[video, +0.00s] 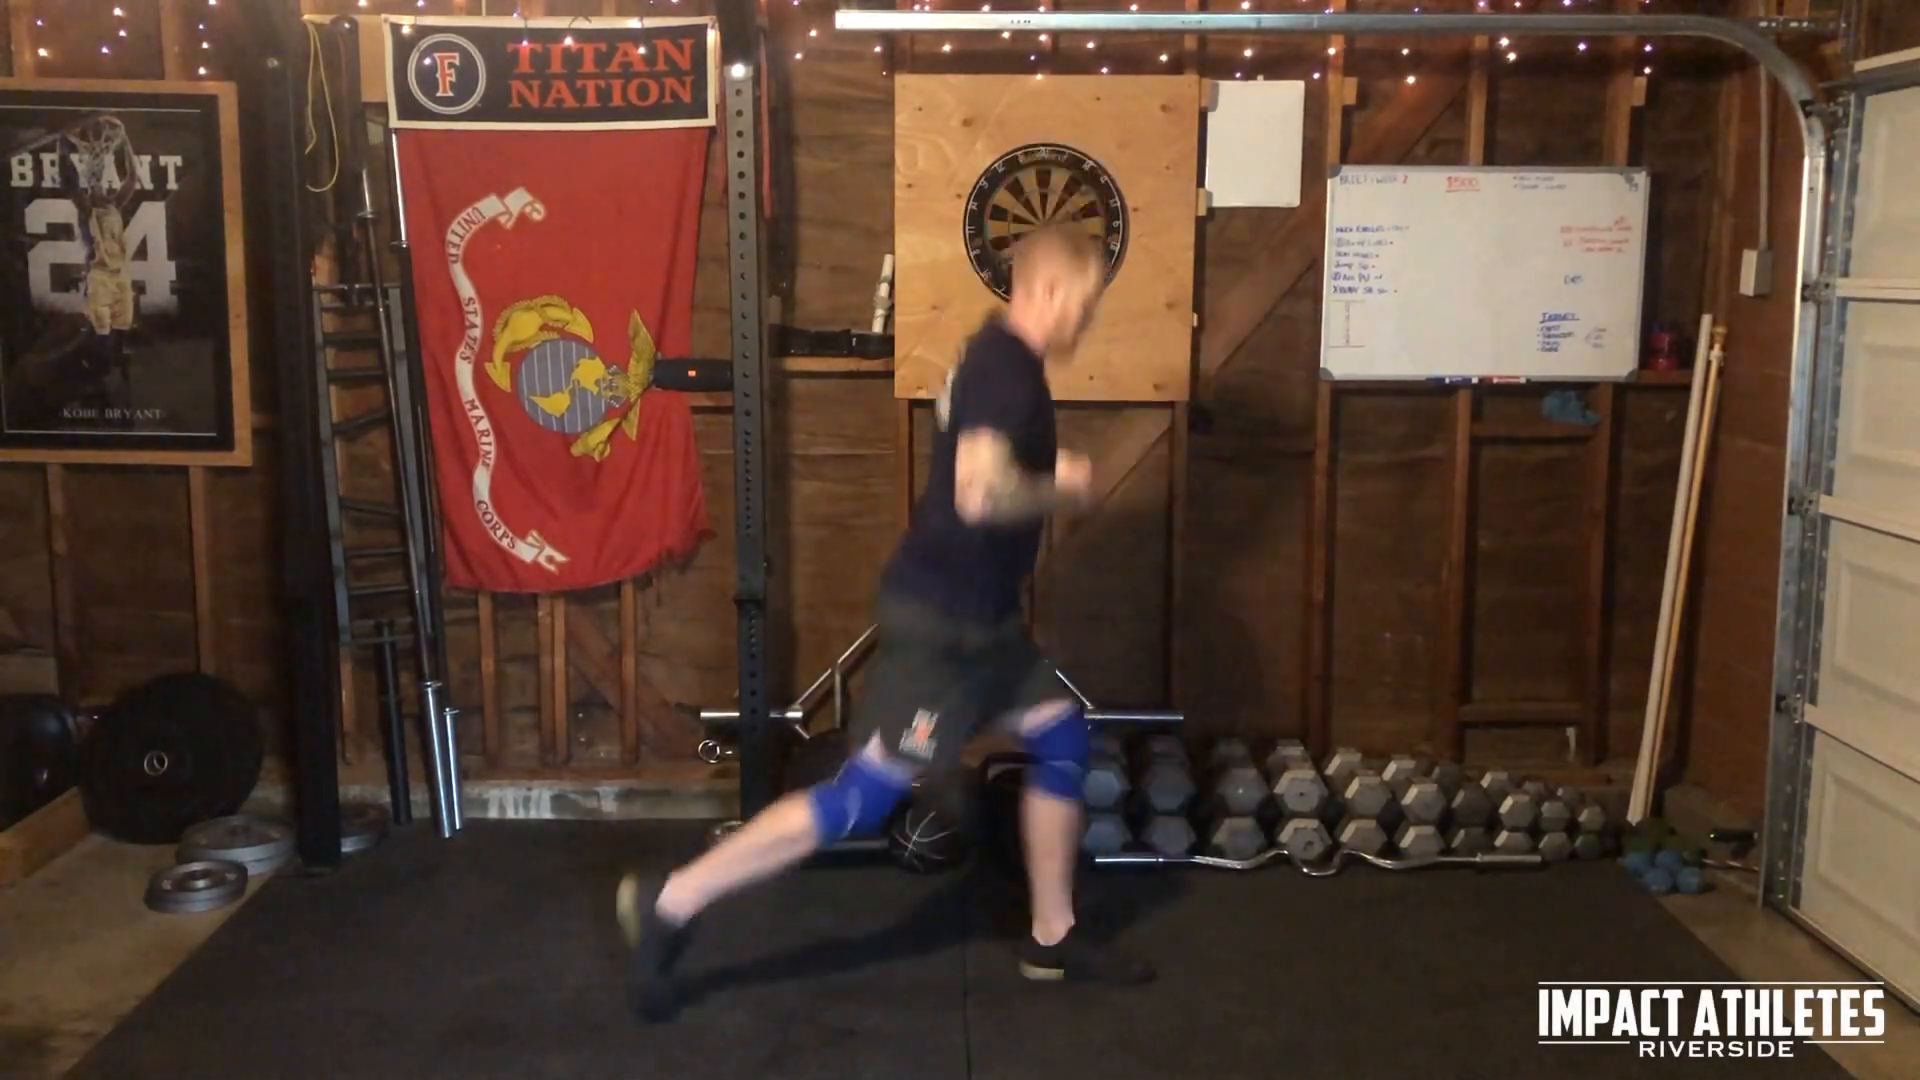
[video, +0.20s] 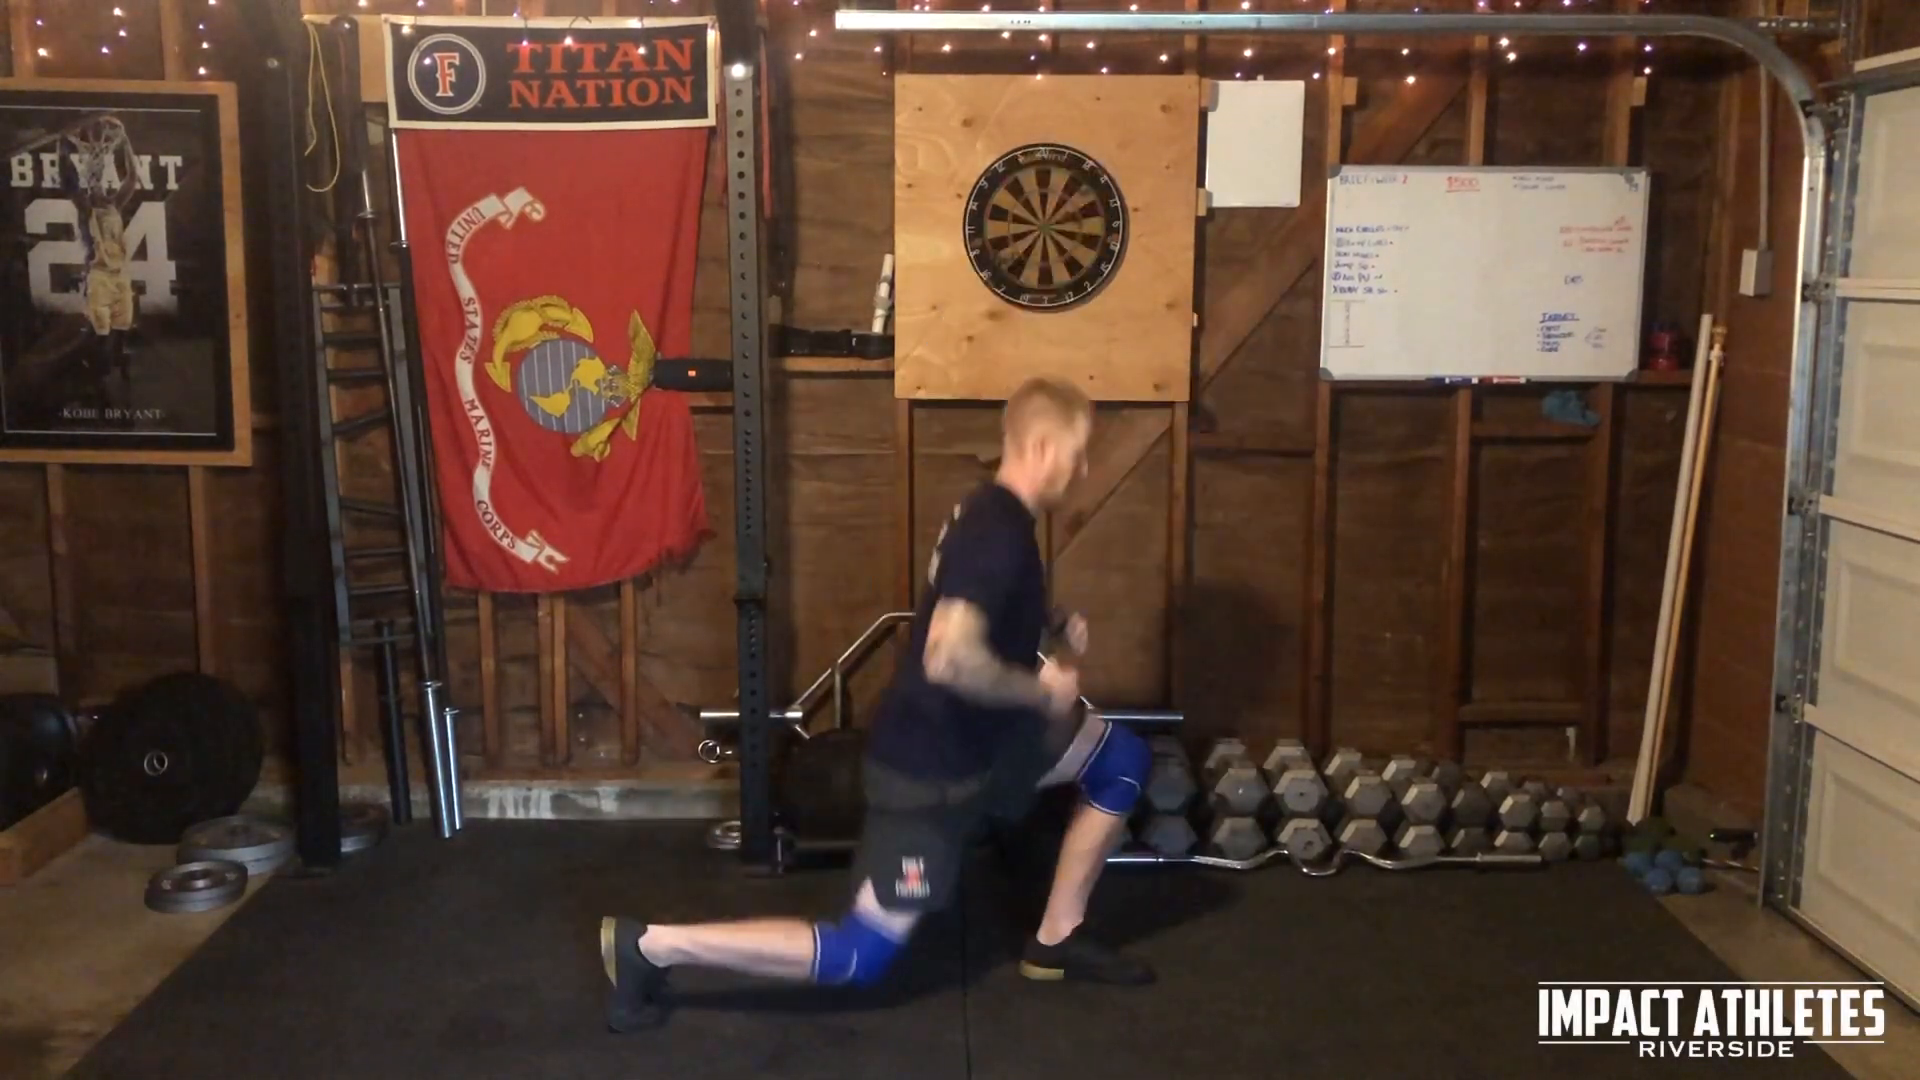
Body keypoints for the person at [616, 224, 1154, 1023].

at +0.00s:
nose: (1088, 317)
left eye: (1092, 300)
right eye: (1085, 299)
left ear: (1039, 286)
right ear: (1046, 288)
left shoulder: (1013, 362)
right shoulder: (1000, 362)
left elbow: (998, 476)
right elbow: (979, 492)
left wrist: (1049, 478)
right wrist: (1060, 484)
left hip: (984, 623)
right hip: (937, 622)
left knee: (1062, 737)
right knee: (863, 796)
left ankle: (1054, 937)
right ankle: (669, 899)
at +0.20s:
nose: (1082, 467)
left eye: (1083, 453)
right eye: (1077, 452)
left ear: (1028, 442)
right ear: (1042, 447)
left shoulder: (1006, 515)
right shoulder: (997, 527)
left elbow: (988, 616)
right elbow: (948, 655)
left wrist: (1049, 632)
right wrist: (1041, 690)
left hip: (988, 742)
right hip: (926, 764)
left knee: (1122, 761)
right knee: (862, 953)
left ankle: (1056, 939)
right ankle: (647, 947)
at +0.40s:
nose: (1071, 495)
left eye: (1070, 479)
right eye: (1064, 479)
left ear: (1013, 476)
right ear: (1024, 477)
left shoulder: (999, 548)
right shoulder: (985, 559)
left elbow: (1000, 640)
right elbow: (953, 696)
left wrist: (1051, 649)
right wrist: (1058, 712)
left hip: (982, 770)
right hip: (923, 797)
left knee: (1119, 758)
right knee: (848, 982)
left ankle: (1057, 938)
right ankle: (640, 944)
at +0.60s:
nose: (1065, 350)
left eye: (1067, 334)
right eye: (1059, 333)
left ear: (1013, 330)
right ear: (1018, 330)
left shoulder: (1003, 412)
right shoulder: (987, 413)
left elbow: (994, 522)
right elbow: (1002, 537)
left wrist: (1060, 501)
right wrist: (1076, 504)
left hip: (994, 654)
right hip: (928, 659)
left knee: (1095, 754)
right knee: (860, 828)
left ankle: (1059, 937)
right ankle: (656, 941)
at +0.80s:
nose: (1086, 235)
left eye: (1091, 220)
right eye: (1084, 214)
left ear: (1030, 196)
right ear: (1039, 195)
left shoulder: (1003, 272)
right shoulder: (996, 273)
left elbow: (981, 384)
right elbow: (968, 392)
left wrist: (1045, 389)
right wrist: (1056, 405)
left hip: (949, 523)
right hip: (936, 528)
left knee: (968, 700)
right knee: (979, 706)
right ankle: (858, 900)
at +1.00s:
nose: (1084, 300)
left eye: (1088, 283)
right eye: (1081, 281)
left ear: (1030, 270)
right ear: (1042, 268)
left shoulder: (1013, 346)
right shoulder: (995, 339)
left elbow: (984, 457)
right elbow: (952, 453)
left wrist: (1057, 465)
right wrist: (1056, 474)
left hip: (922, 583)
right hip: (942, 590)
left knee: (878, 762)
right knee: (1072, 748)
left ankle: (701, 863)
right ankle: (1068, 967)